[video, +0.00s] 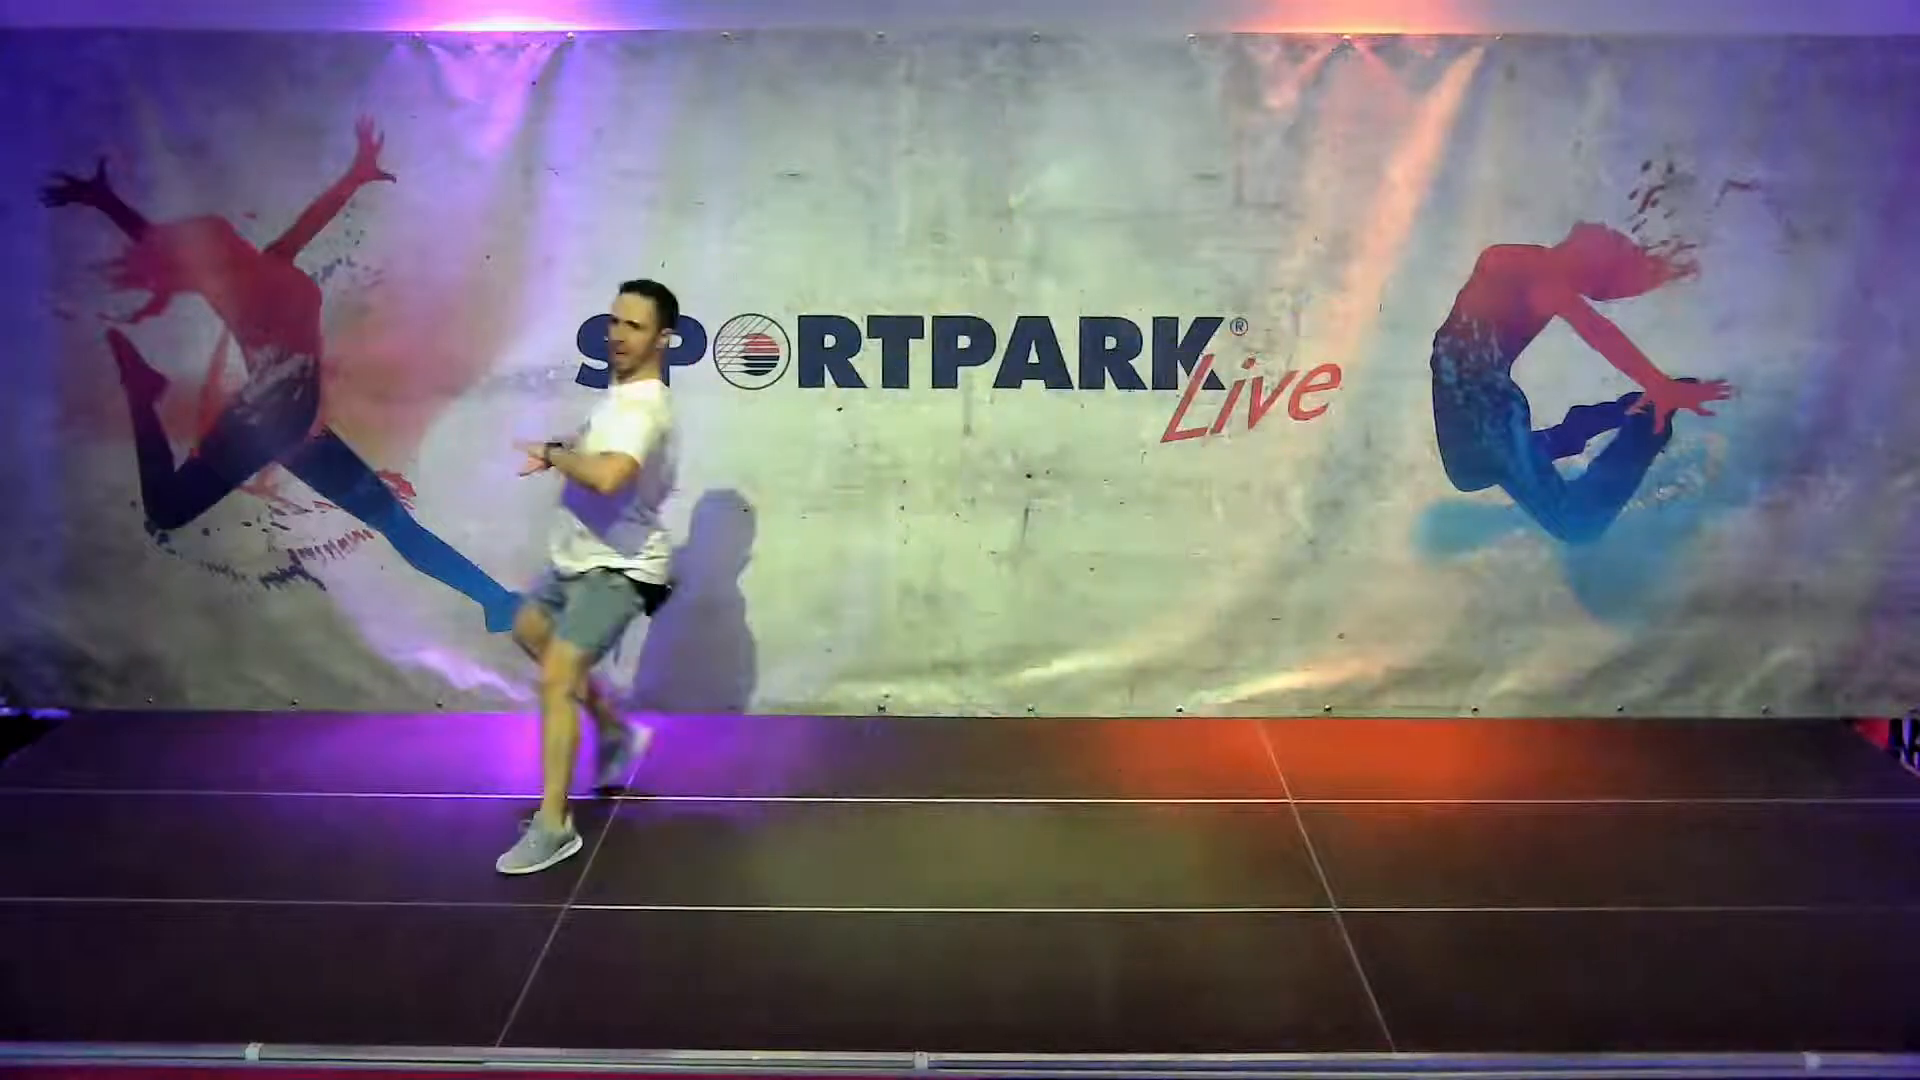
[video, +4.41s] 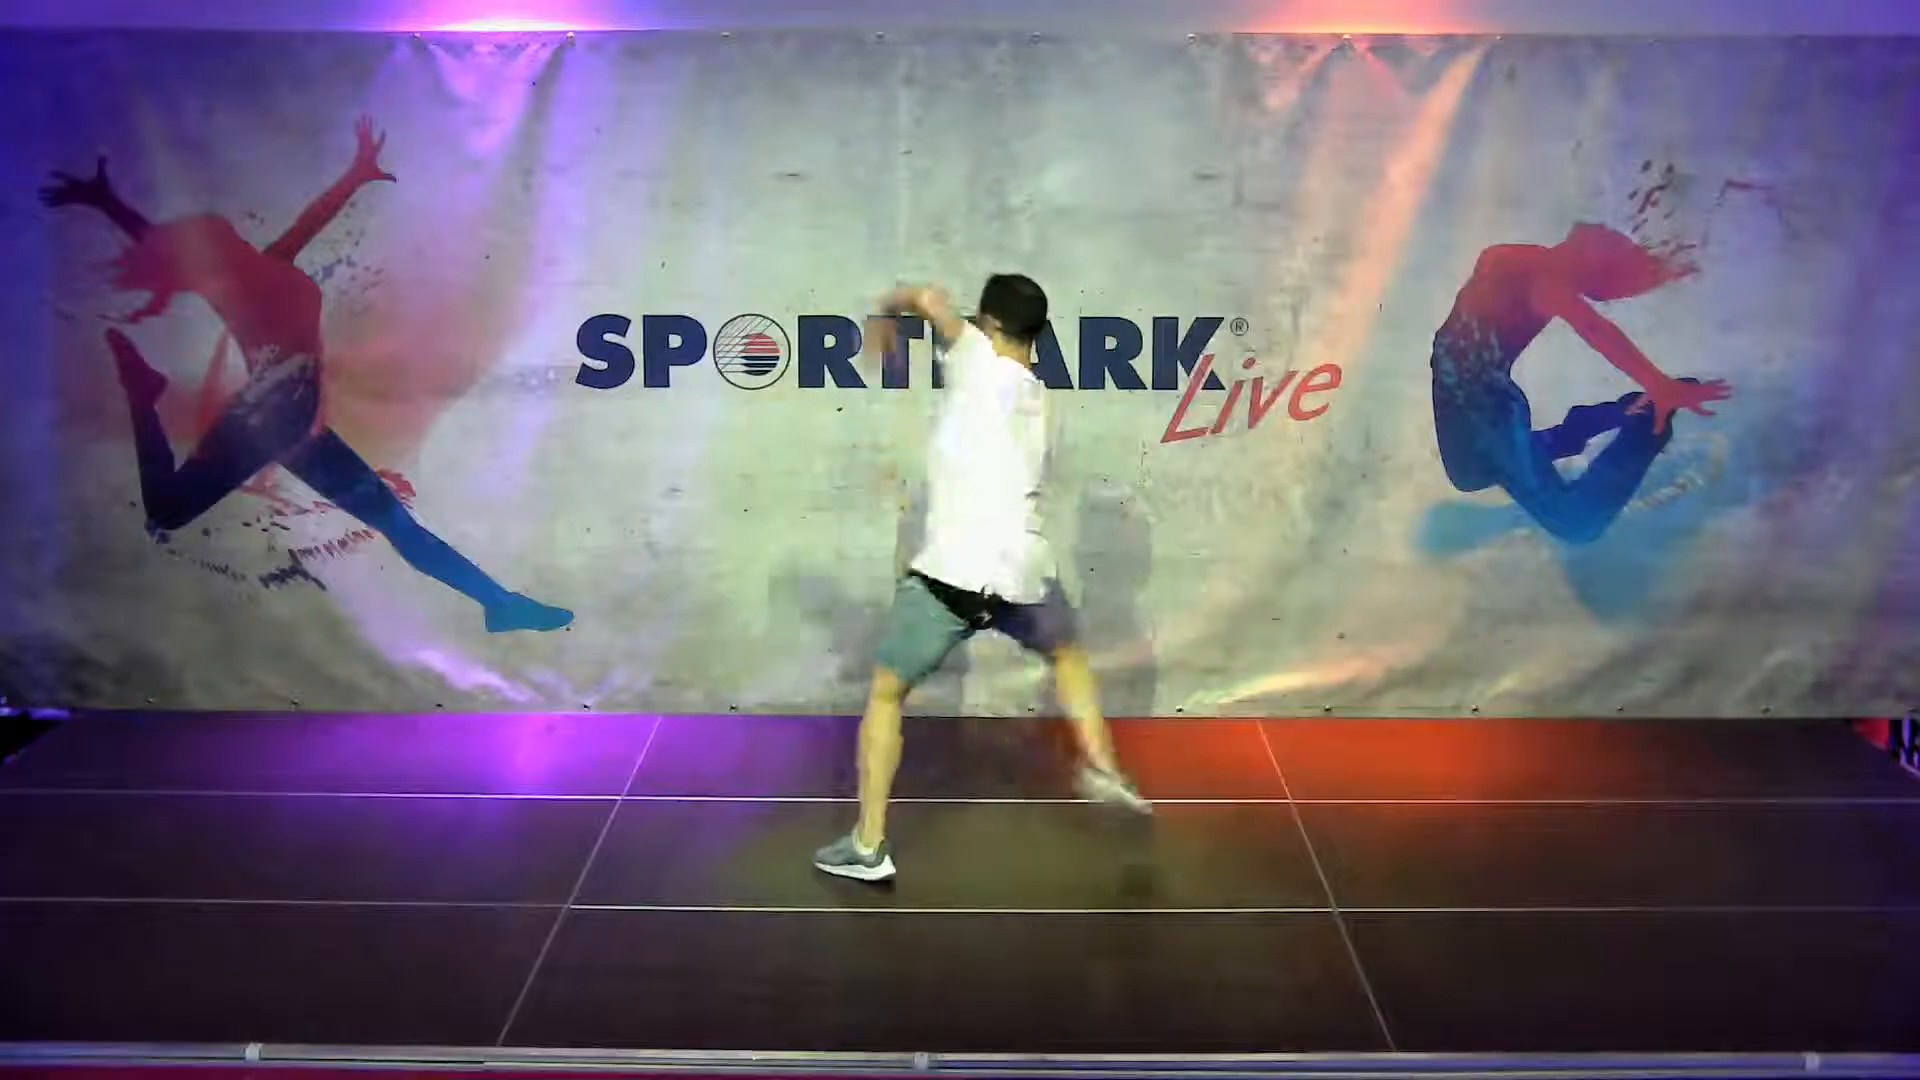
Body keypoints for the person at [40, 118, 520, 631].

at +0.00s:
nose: (219, 245)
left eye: (214, 237)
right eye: (206, 245)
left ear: (224, 240)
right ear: (198, 261)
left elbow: (313, 218)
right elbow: (157, 246)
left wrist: (358, 174)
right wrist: (100, 197)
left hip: (299, 427)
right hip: (257, 426)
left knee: (395, 521)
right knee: (166, 508)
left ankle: (508, 609)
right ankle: (141, 393)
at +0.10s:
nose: (171, 288)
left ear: (210, 249)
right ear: (210, 247)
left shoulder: (268, 266)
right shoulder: (233, 279)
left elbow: (312, 219)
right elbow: (156, 244)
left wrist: (359, 173)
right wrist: (102, 198)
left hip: (294, 425)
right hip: (262, 423)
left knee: (389, 515)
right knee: (167, 513)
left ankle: (497, 598)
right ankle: (140, 393)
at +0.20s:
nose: (176, 292)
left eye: (177, 274)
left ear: (213, 250)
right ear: (214, 247)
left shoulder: (268, 265)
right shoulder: (237, 280)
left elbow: (311, 220)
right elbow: (158, 247)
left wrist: (358, 174)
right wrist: (104, 199)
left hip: (296, 425)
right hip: (263, 423)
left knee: (391, 517)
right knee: (167, 513)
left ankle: (497, 598)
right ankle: (141, 395)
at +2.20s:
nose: (181, 293)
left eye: (180, 272)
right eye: (178, 275)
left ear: (202, 256)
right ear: (208, 248)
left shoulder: (262, 271)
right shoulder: (243, 279)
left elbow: (308, 223)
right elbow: (160, 242)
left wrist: (358, 175)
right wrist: (104, 201)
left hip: (297, 427)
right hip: (259, 424)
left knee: (392, 519)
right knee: (166, 511)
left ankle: (500, 602)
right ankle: (140, 391)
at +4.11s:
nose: (181, 287)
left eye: (180, 267)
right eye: (177, 269)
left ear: (205, 253)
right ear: (204, 249)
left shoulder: (262, 270)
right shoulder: (237, 280)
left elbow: (307, 223)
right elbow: (159, 245)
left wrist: (358, 175)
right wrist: (105, 202)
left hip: (300, 428)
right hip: (262, 422)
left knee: (390, 516)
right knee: (166, 512)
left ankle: (499, 602)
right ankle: (141, 398)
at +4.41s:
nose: (187, 283)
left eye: (186, 263)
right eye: (183, 264)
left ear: (207, 254)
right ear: (205, 250)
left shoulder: (264, 270)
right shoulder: (233, 277)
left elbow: (307, 223)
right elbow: (158, 244)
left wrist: (358, 175)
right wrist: (104, 200)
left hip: (297, 426)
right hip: (265, 418)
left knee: (389, 515)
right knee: (166, 510)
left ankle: (500, 602)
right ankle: (141, 397)